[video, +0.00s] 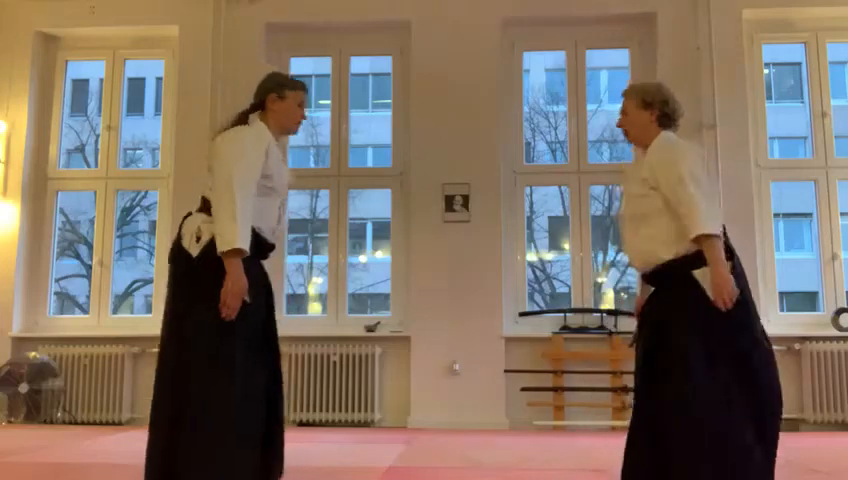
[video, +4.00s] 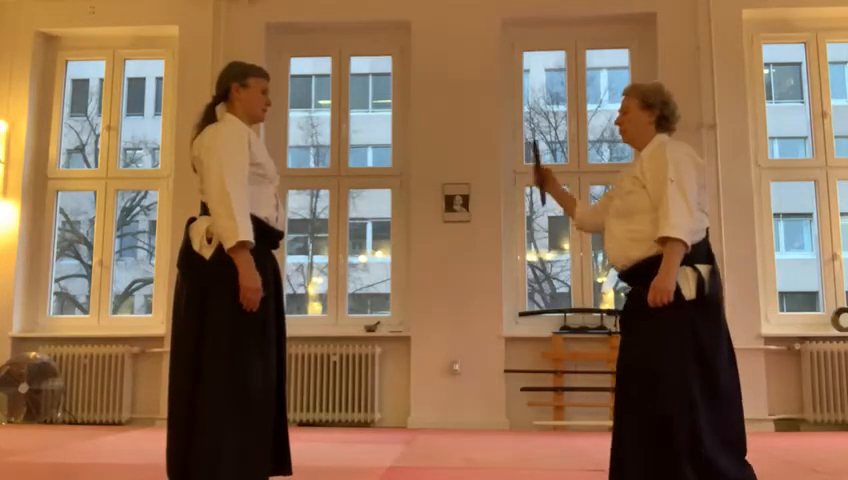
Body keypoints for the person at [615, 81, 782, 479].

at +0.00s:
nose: (620, 120)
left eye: (626, 112)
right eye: (621, 113)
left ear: (652, 114)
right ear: (646, 115)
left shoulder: (669, 151)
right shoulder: (644, 161)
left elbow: (696, 206)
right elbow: (656, 228)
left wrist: (719, 269)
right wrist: (646, 288)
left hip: (694, 283)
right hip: (668, 287)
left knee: (693, 392)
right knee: (668, 392)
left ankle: (698, 472)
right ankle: (675, 472)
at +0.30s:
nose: (605, 162)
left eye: (604, 151)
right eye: (600, 156)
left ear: (626, 136)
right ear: (624, 141)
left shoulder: (672, 159)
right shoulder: (639, 180)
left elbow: (684, 225)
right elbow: (661, 237)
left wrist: (654, 279)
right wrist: (652, 287)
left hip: (716, 287)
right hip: (685, 291)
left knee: (716, 397)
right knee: (678, 398)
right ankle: (680, 473)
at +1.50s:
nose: (642, 114)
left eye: (650, 106)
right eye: (644, 107)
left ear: (675, 110)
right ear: (670, 112)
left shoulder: (692, 149)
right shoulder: (666, 159)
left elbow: (688, 217)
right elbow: (662, 226)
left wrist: (663, 276)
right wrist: (639, 282)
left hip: (692, 281)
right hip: (665, 284)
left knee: (696, 392)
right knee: (665, 394)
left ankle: (705, 474)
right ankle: (671, 473)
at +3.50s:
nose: (632, 119)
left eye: (641, 112)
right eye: (635, 112)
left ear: (665, 115)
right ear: (664, 117)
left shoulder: (683, 153)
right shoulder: (666, 158)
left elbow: (685, 217)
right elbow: (675, 220)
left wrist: (669, 276)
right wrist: (656, 278)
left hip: (688, 282)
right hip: (667, 283)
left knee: (690, 392)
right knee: (668, 393)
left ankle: (702, 475)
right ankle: (676, 474)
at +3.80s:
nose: (626, 120)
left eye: (633, 113)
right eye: (628, 113)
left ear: (659, 119)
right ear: (649, 120)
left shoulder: (675, 152)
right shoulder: (645, 166)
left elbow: (685, 212)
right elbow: (637, 239)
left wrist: (668, 269)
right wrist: (591, 272)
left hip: (688, 279)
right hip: (659, 283)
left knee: (687, 387)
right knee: (653, 388)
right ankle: (661, 472)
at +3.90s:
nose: (622, 120)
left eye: (629, 113)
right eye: (624, 113)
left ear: (654, 116)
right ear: (646, 118)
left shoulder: (673, 152)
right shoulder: (640, 171)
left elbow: (684, 213)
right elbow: (616, 236)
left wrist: (668, 270)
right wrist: (562, 231)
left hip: (684, 282)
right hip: (656, 287)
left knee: (685, 390)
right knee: (645, 391)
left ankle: (694, 472)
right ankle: (653, 473)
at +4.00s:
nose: (618, 120)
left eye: (625, 111)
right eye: (619, 112)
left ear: (651, 115)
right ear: (642, 118)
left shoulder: (670, 151)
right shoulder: (635, 172)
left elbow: (681, 211)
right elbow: (591, 220)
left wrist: (667, 271)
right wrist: (554, 188)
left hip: (677, 282)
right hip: (647, 287)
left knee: (679, 392)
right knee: (641, 393)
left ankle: (689, 473)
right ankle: (644, 473)